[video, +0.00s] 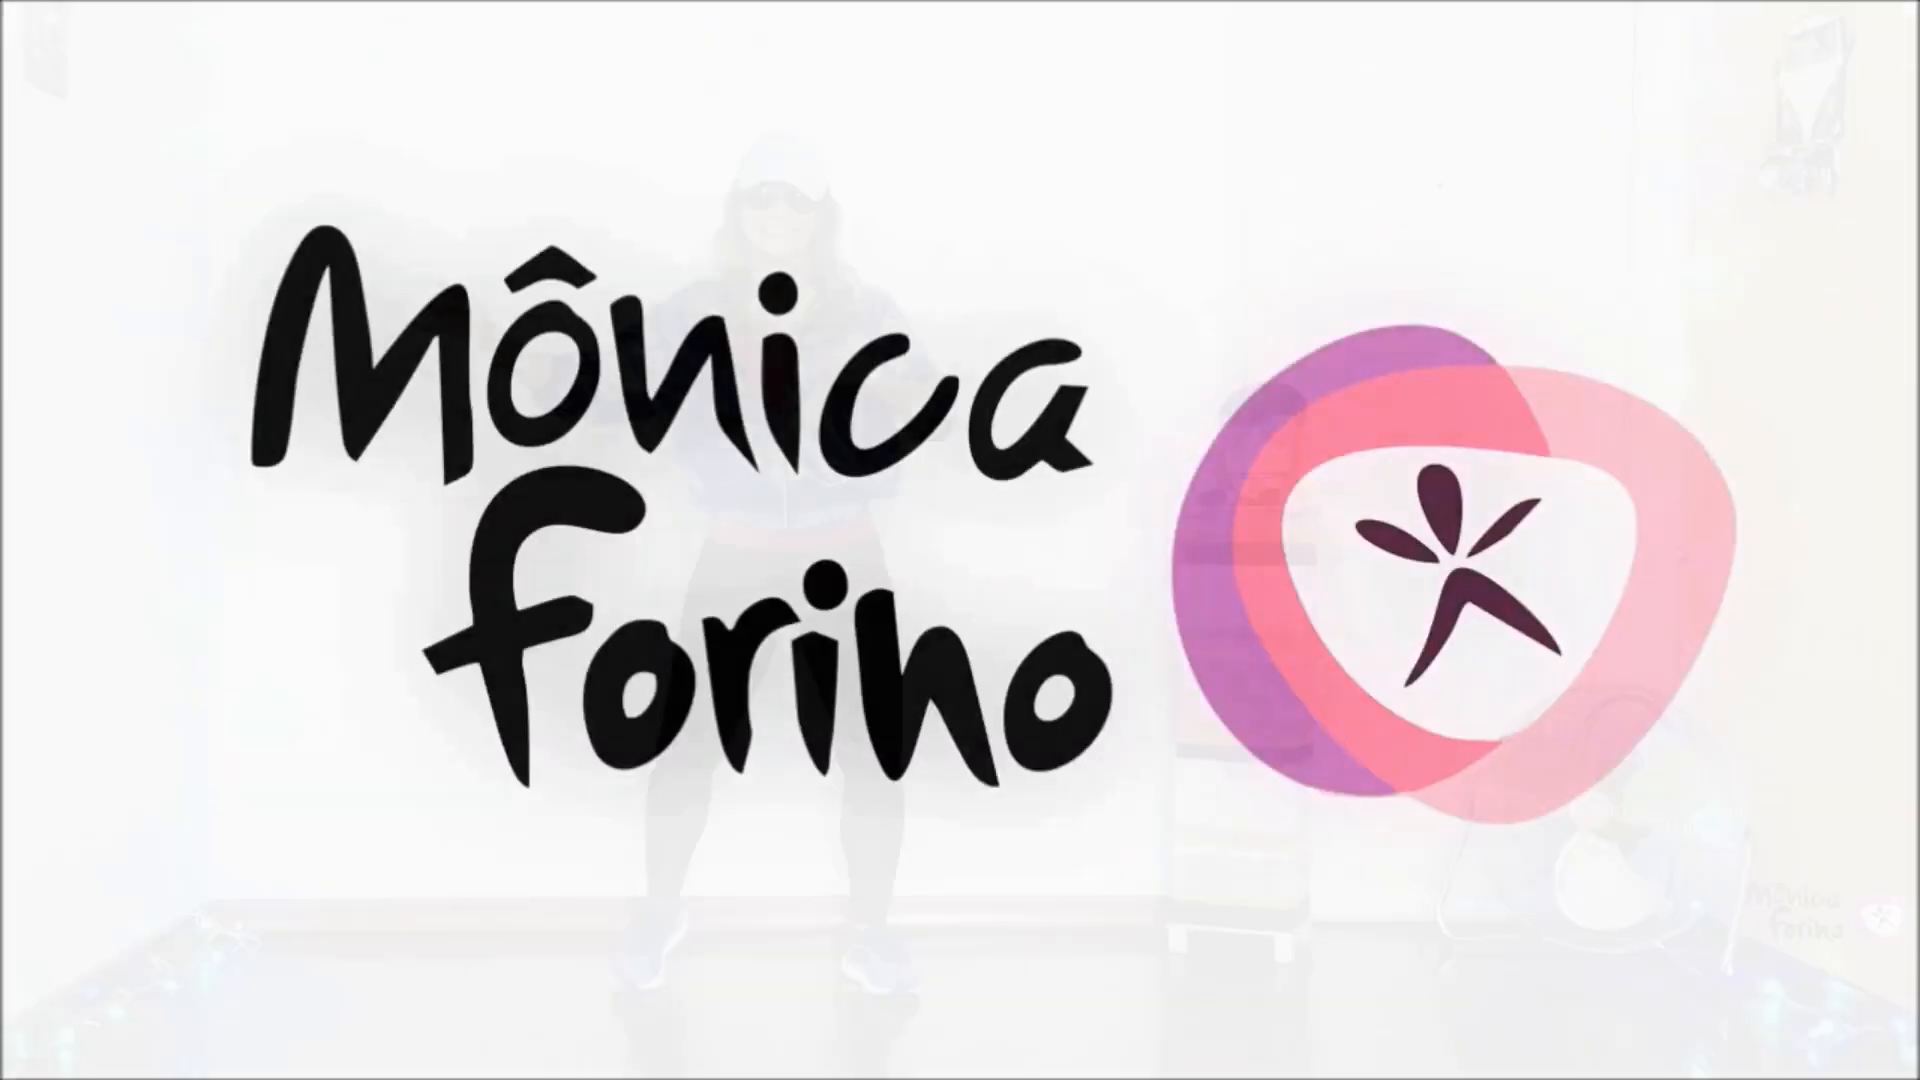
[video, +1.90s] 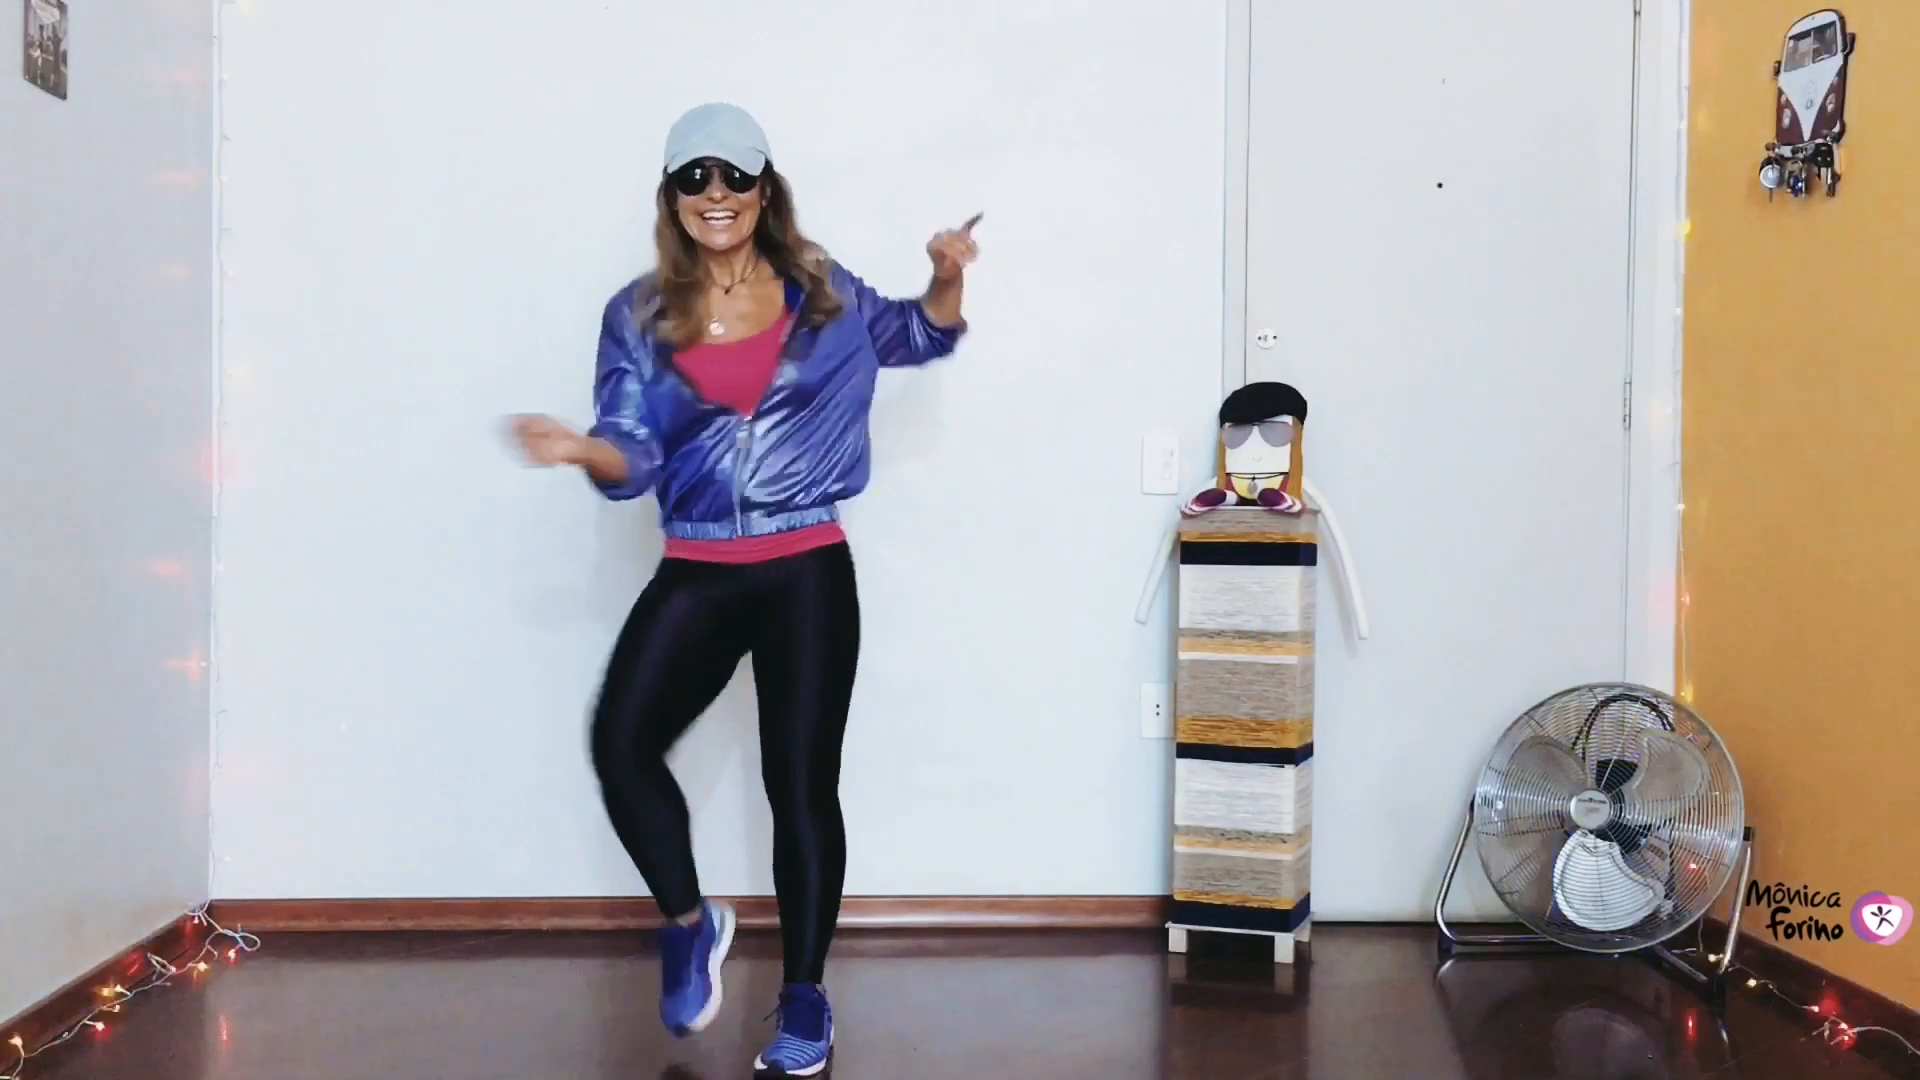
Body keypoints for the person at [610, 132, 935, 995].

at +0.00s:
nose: (774, 231)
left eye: (793, 214)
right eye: (758, 214)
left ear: (824, 222)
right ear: (733, 223)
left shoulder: (857, 317)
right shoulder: (702, 318)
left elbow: (905, 406)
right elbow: (657, 430)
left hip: (845, 554)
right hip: (737, 554)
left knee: (872, 750)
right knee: (696, 742)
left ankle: (868, 928)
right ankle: (658, 915)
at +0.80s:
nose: (727, 199)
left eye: (748, 192)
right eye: (714, 182)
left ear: (769, 216)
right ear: (687, 196)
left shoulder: (783, 327)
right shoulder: (653, 302)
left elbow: (795, 436)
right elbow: (604, 311)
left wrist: (685, 397)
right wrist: (548, 244)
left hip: (737, 553)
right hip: (646, 555)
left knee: (806, 734)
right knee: (632, 735)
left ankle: (898, 912)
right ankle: (662, 925)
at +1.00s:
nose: (704, 201)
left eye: (727, 198)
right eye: (694, 183)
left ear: (748, 225)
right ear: (671, 196)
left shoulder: (735, 325)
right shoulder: (658, 302)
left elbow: (683, 453)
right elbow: (645, 381)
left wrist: (600, 380)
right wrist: (618, 296)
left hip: (699, 563)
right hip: (626, 558)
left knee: (664, 748)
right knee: (612, 743)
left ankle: (787, 852)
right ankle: (662, 926)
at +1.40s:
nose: (683, 190)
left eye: (706, 179)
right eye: (670, 172)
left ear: (733, 200)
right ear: (647, 186)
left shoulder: (729, 286)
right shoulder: (639, 296)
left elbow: (754, 369)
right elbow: (641, 419)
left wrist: (633, 354)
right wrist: (582, 379)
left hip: (703, 547)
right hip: (627, 546)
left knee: (703, 734)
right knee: (643, 734)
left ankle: (776, 948)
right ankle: (661, 922)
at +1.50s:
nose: (687, 191)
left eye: (708, 178)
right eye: (671, 173)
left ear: (739, 195)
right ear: (649, 188)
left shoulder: (754, 276)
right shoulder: (648, 293)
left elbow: (835, 329)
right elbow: (623, 397)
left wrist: (708, 323)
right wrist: (548, 345)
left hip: (722, 559)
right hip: (640, 555)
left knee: (726, 750)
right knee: (635, 736)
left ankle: (791, 975)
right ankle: (657, 921)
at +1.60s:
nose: (692, 187)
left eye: (713, 173)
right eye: (675, 170)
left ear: (739, 190)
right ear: (650, 186)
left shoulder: (776, 270)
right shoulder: (654, 306)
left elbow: (904, 314)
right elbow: (606, 412)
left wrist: (815, 292)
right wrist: (517, 355)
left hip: (770, 562)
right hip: (683, 562)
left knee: (757, 770)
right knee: (579, 721)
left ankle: (799, 994)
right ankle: (634, 894)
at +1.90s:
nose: (715, 195)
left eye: (735, 178)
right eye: (694, 178)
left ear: (765, 193)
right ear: (669, 195)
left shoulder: (825, 291)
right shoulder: (640, 315)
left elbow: (923, 333)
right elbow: (633, 465)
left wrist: (948, 278)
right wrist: (584, 447)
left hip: (808, 572)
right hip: (698, 576)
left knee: (801, 783)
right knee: (620, 745)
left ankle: (803, 999)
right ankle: (687, 925)